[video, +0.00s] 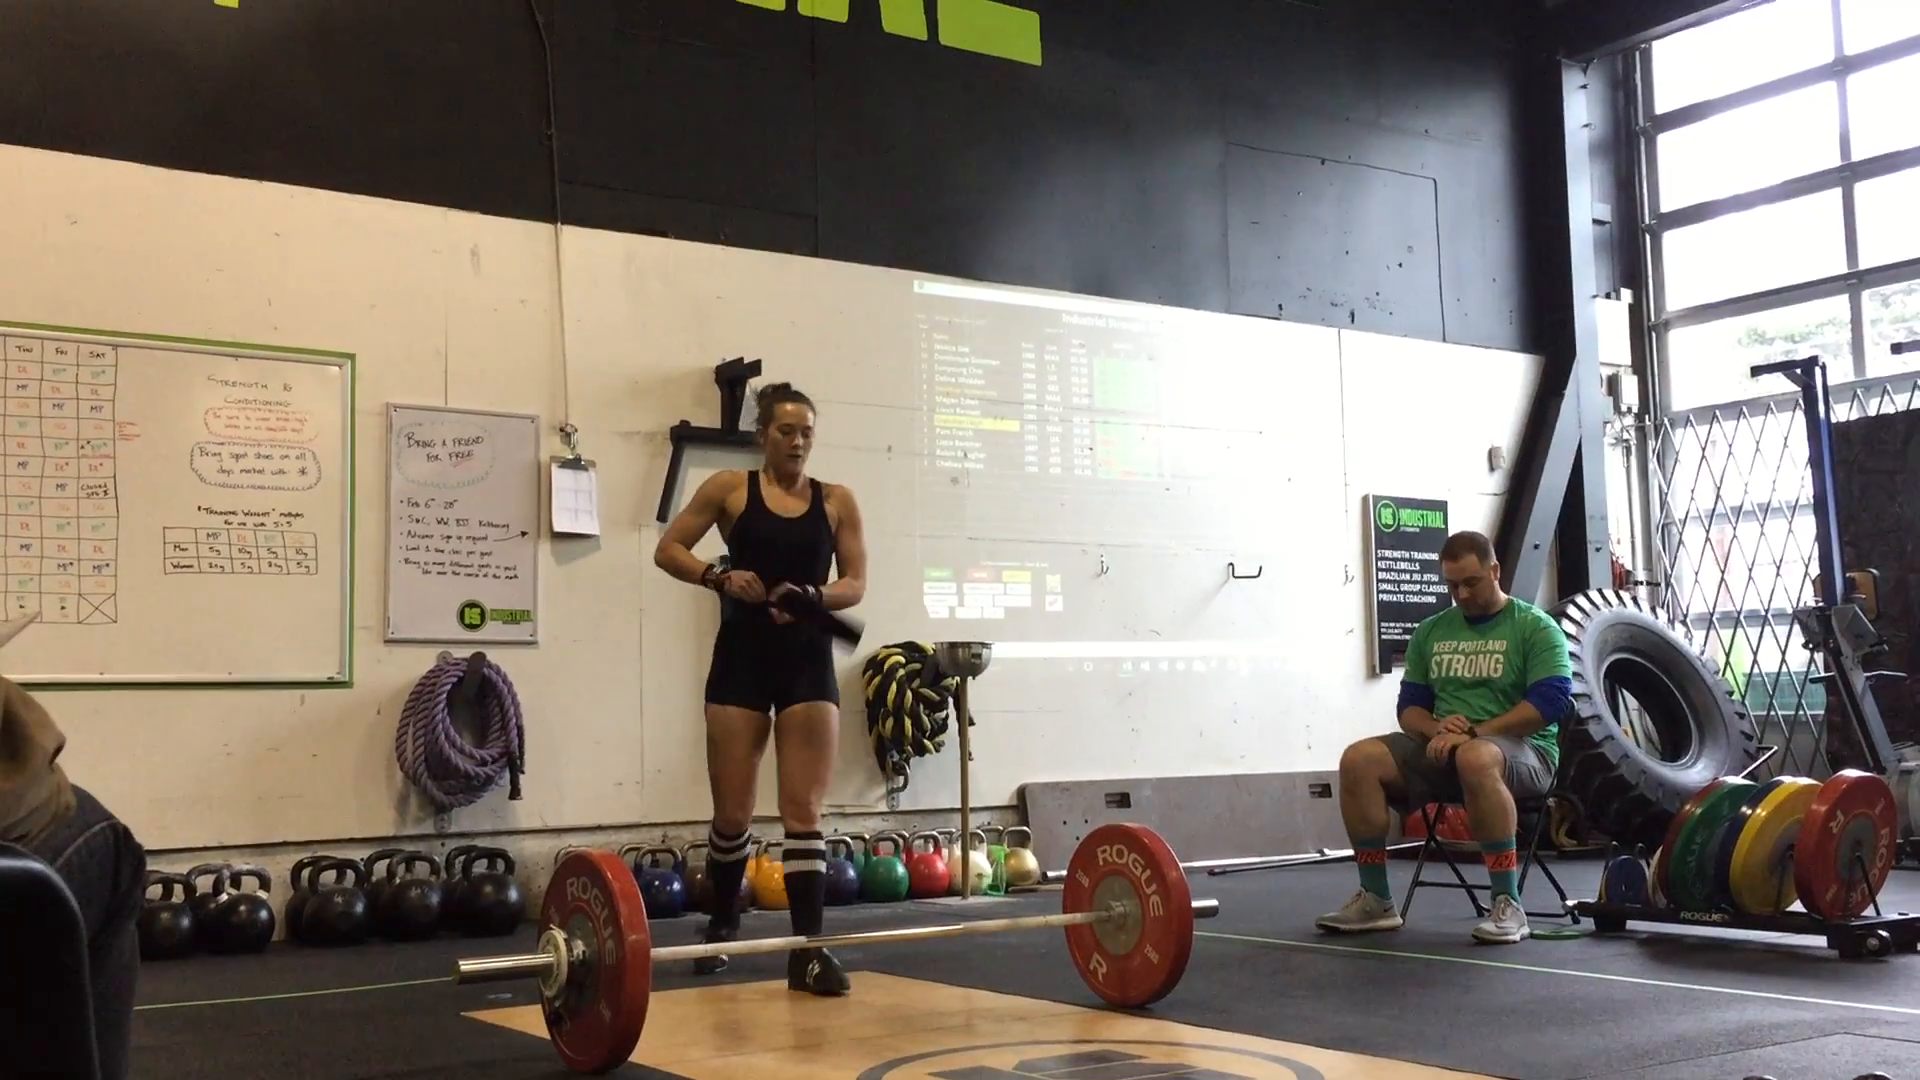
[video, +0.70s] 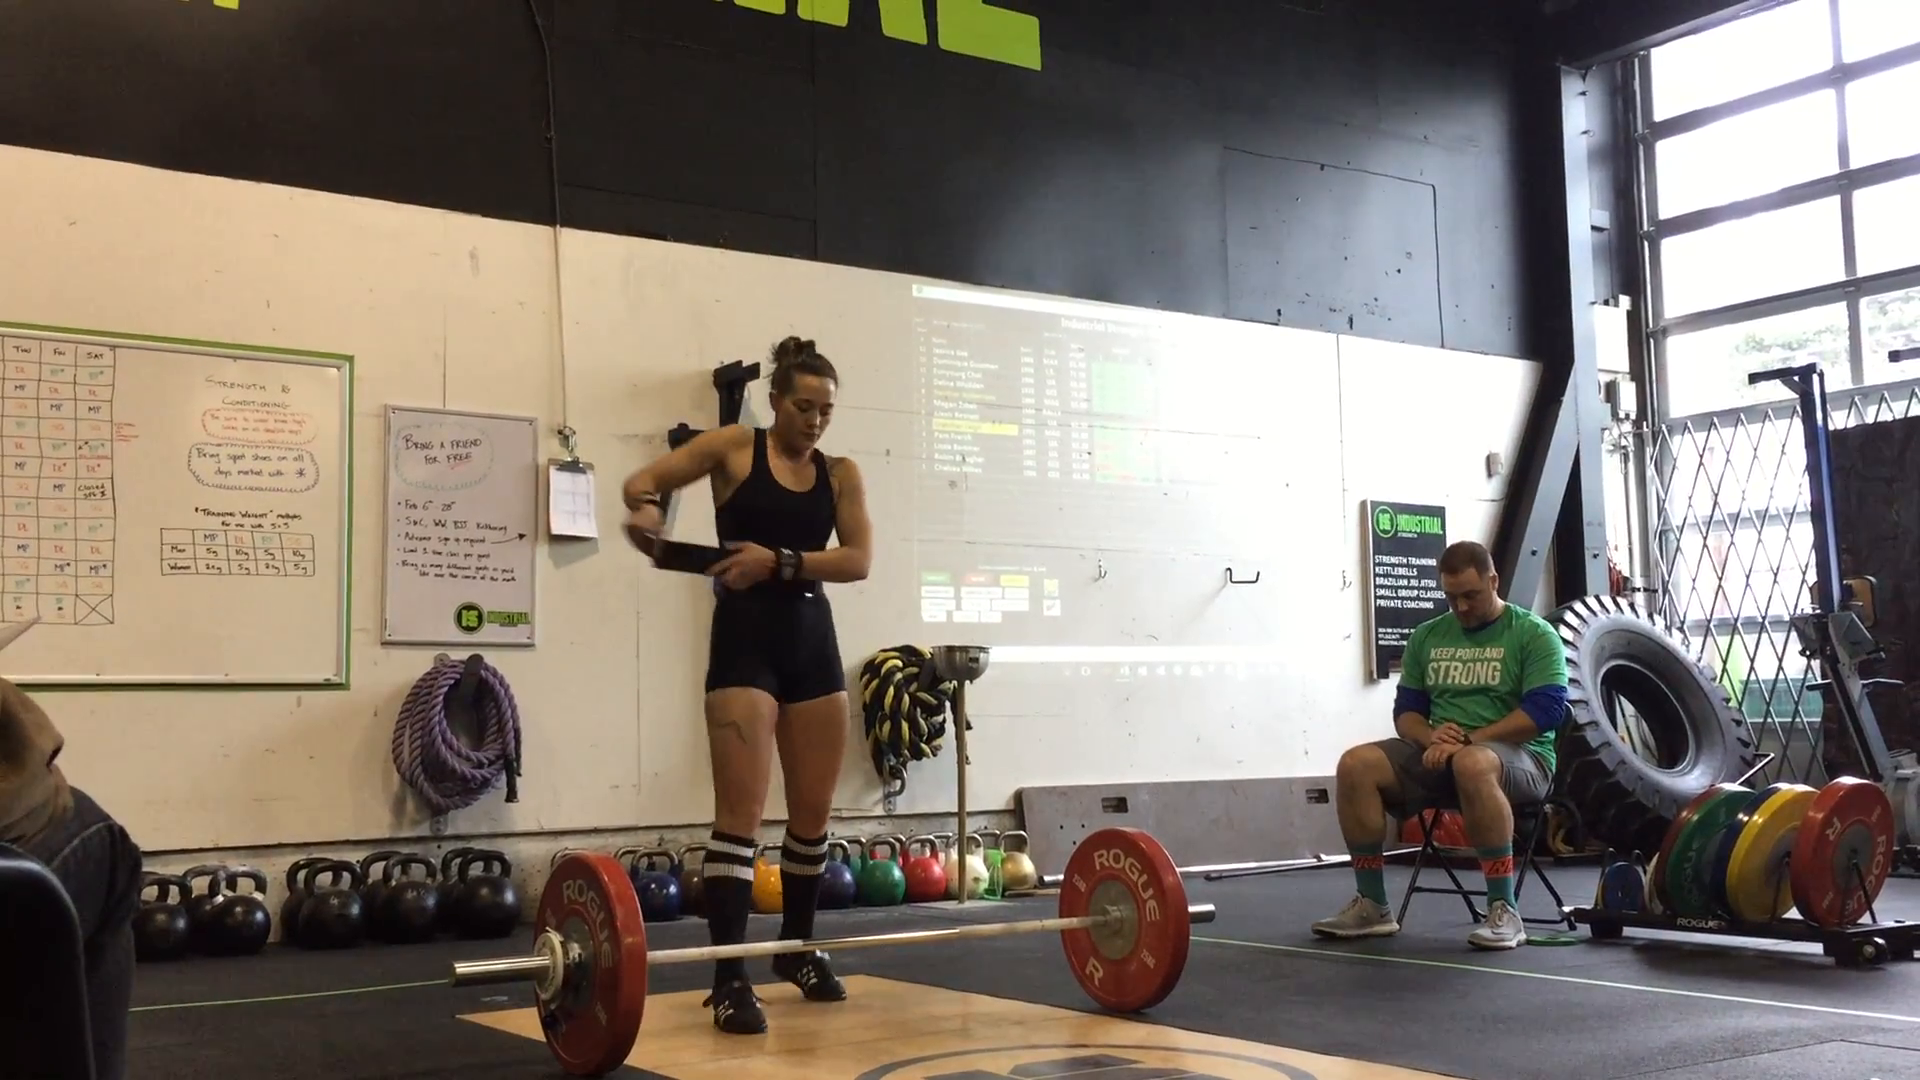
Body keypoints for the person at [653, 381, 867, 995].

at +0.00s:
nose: (797, 440)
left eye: (805, 431)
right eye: (786, 430)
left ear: (815, 435)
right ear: (762, 433)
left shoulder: (837, 502)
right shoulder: (727, 489)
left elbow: (854, 585)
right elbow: (669, 550)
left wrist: (815, 596)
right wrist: (720, 579)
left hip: (808, 667)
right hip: (741, 665)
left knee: (804, 811)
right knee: (731, 817)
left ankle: (808, 954)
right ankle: (719, 941)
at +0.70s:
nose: (814, 418)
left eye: (823, 408)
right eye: (803, 406)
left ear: (833, 410)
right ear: (775, 400)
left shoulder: (840, 472)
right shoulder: (733, 445)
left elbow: (858, 560)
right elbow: (645, 480)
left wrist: (778, 561)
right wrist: (643, 509)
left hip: (813, 647)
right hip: (744, 643)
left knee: (812, 812)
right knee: (740, 812)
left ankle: (796, 947)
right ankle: (730, 979)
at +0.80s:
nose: (813, 418)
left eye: (825, 406)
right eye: (803, 404)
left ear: (835, 403)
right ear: (776, 394)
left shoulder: (839, 467)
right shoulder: (730, 437)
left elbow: (848, 559)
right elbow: (643, 457)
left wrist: (761, 549)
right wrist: (622, 497)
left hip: (804, 638)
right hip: (734, 635)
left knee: (830, 801)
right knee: (732, 807)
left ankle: (788, 933)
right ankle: (729, 979)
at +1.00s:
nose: (815, 416)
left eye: (827, 404)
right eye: (804, 401)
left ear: (838, 398)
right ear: (776, 387)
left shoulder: (840, 467)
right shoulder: (723, 437)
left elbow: (853, 569)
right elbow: (692, 480)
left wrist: (782, 562)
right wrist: (704, 536)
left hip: (797, 632)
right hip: (723, 630)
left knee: (845, 794)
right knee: (726, 803)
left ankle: (826, 951)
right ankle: (733, 977)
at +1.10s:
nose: (816, 411)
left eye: (827, 399)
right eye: (805, 396)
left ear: (838, 395)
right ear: (775, 386)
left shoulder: (848, 465)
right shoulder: (726, 442)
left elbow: (864, 567)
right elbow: (706, 497)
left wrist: (808, 572)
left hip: (805, 636)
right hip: (729, 634)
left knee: (849, 801)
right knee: (729, 805)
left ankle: (864, 964)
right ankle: (734, 979)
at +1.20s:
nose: (827, 409)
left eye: (838, 396)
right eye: (815, 394)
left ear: (849, 391)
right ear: (785, 383)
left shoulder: (863, 465)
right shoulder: (734, 441)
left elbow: (877, 562)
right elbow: (699, 483)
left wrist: (839, 576)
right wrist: (743, 529)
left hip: (818, 635)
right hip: (741, 633)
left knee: (862, 803)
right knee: (736, 811)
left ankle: (903, 966)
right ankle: (736, 978)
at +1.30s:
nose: (848, 409)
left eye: (859, 396)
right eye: (837, 394)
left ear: (870, 390)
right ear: (807, 382)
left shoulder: (882, 462)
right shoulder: (757, 442)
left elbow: (899, 551)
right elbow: (704, 479)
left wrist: (869, 575)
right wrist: (757, 528)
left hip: (836, 636)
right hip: (759, 632)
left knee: (876, 803)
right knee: (745, 811)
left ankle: (927, 965)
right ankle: (738, 976)